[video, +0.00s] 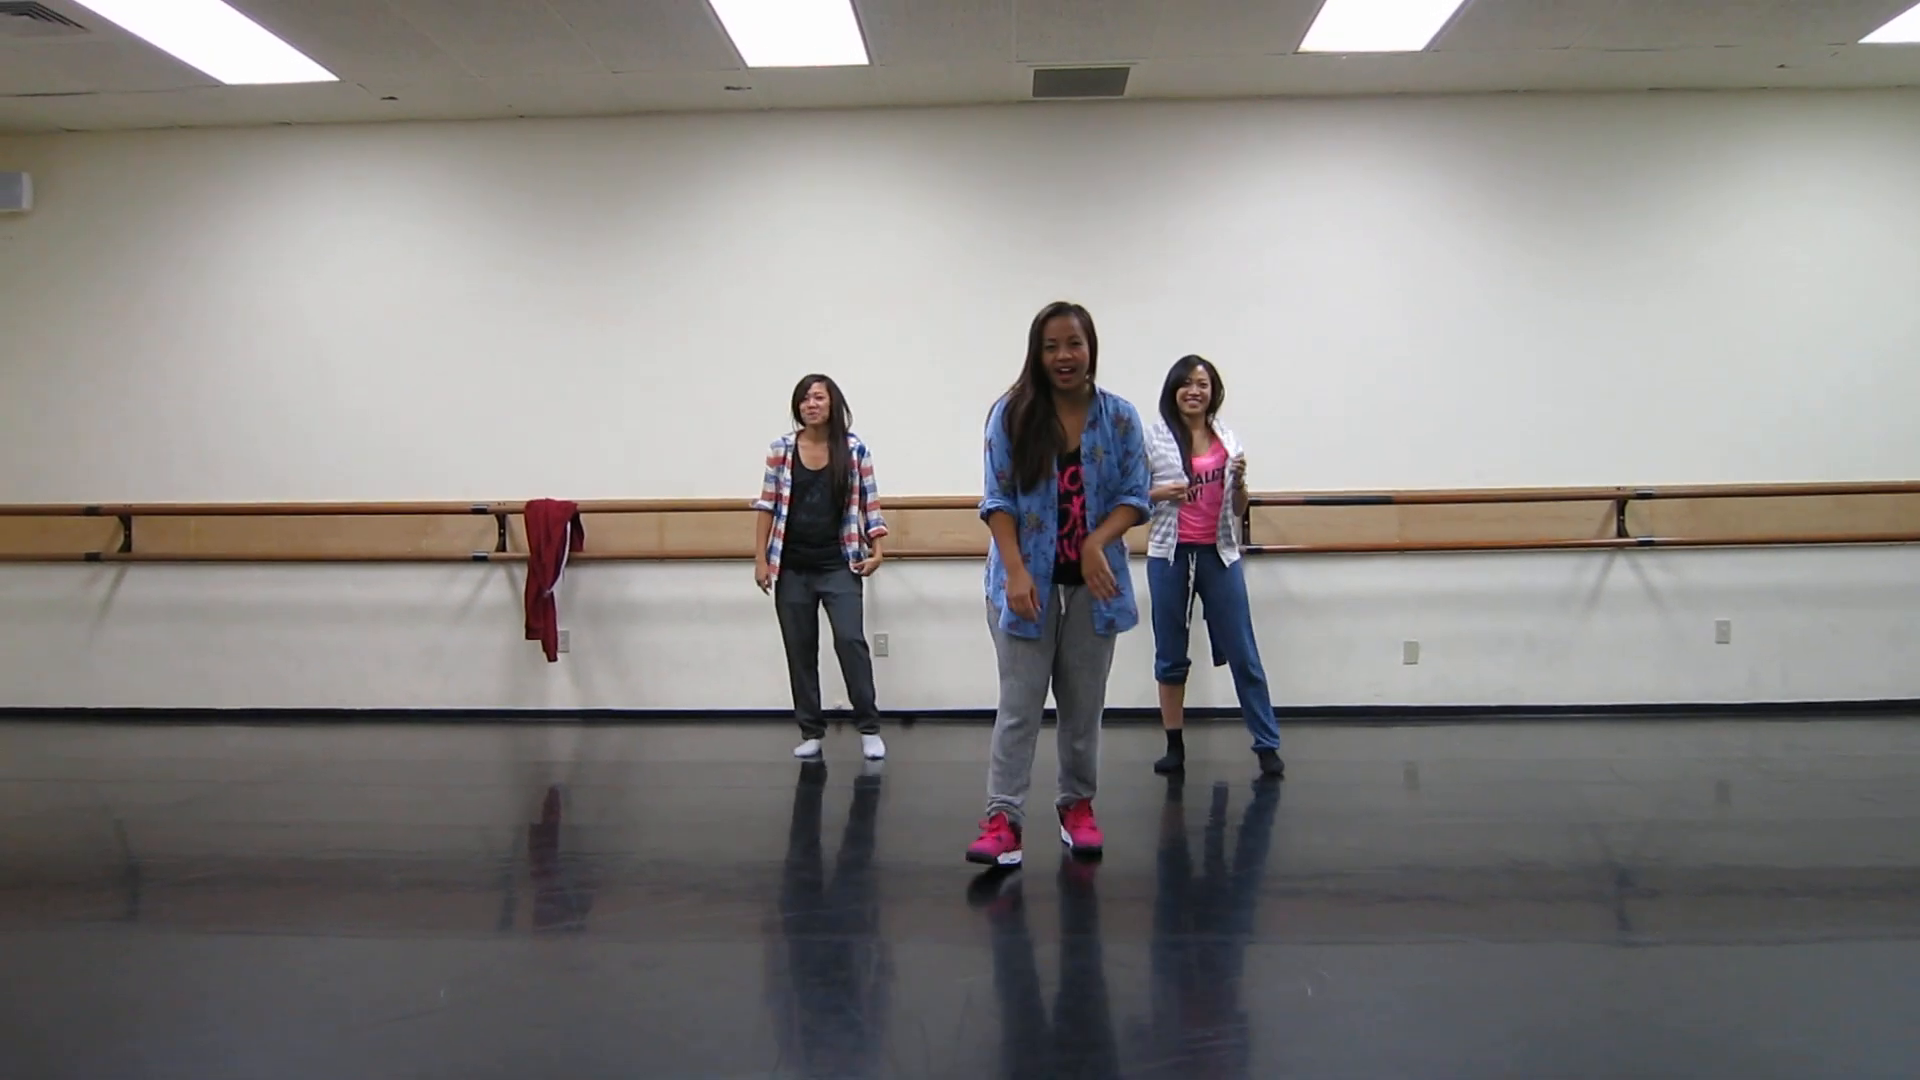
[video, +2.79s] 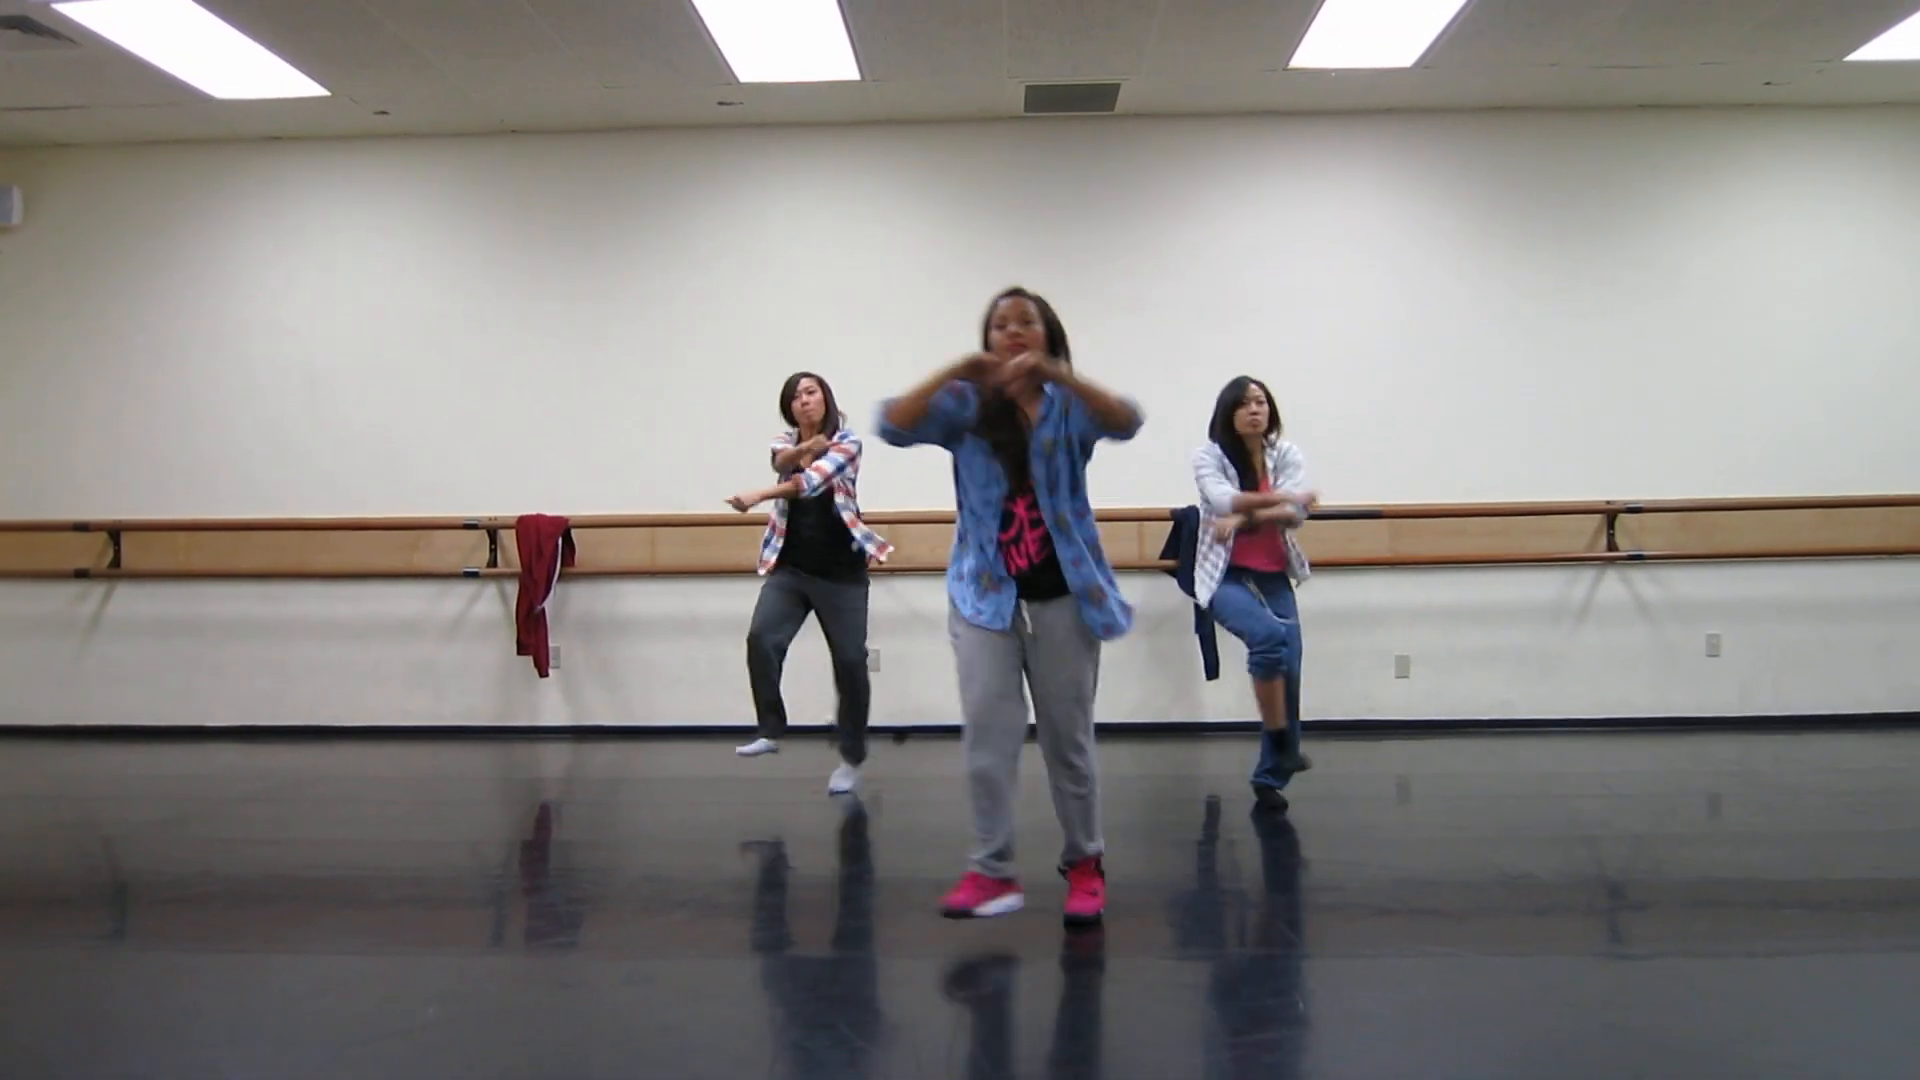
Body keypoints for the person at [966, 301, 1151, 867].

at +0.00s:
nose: (1066, 356)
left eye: (1076, 344)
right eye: (1053, 346)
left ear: (1092, 348)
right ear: (1037, 354)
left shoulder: (1120, 416)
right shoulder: (1011, 414)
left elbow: (1136, 499)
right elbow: (997, 501)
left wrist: (1095, 540)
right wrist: (1014, 569)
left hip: (1092, 588)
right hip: (1025, 585)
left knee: (1083, 707)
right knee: (1019, 707)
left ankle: (1078, 807)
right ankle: (1003, 817)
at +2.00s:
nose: (1058, 326)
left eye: (1070, 318)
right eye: (1046, 318)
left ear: (1088, 333)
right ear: (1028, 335)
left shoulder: (1114, 417)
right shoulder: (992, 409)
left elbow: (1142, 506)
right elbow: (955, 499)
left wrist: (1108, 549)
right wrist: (959, 573)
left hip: (1078, 600)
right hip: (1004, 601)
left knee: (1074, 727)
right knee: (1019, 729)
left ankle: (1085, 854)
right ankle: (1029, 839)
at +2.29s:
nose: (1074, 315)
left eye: (1084, 306)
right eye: (1061, 308)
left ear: (1104, 324)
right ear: (1043, 327)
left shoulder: (1134, 408)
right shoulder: (1007, 397)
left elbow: (1184, 470)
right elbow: (938, 462)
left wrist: (1175, 497)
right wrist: (942, 520)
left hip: (1096, 597)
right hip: (1017, 596)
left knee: (1076, 734)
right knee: (1020, 731)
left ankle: (1086, 859)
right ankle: (1011, 800)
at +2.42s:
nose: (1068, 329)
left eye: (1078, 321)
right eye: (1055, 324)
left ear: (1097, 339)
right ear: (1038, 344)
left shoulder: (1130, 420)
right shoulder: (1003, 413)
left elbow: (1193, 485)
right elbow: (941, 473)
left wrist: (1205, 422)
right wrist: (931, 427)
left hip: (1098, 612)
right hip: (1021, 612)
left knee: (1087, 746)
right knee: (1017, 749)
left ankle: (1083, 863)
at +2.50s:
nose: (1059, 321)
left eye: (1070, 312)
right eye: (1046, 315)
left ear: (1090, 330)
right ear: (1028, 335)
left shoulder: (1119, 408)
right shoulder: (996, 405)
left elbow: (1171, 481)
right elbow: (945, 476)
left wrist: (1228, 434)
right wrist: (910, 411)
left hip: (1096, 601)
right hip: (1017, 603)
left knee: (1090, 741)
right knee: (1032, 732)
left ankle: (1088, 863)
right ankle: (996, 725)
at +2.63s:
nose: (1050, 335)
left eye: (1061, 325)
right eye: (1036, 329)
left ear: (1081, 341)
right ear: (1016, 348)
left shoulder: (1102, 409)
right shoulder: (990, 403)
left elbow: (1128, 464)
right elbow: (980, 436)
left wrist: (1092, 460)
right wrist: (1005, 406)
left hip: (1087, 597)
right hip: (1010, 600)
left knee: (1086, 740)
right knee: (1033, 733)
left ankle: (1091, 863)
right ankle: (1047, 873)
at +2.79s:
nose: (1013, 333)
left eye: (1026, 322)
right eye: (1001, 324)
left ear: (1050, 335)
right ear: (986, 339)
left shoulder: (1070, 404)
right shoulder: (964, 404)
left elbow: (1128, 421)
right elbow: (892, 426)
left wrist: (1060, 376)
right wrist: (956, 372)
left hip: (1063, 597)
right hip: (985, 599)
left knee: (1068, 741)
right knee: (987, 738)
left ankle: (1084, 866)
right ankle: (992, 871)